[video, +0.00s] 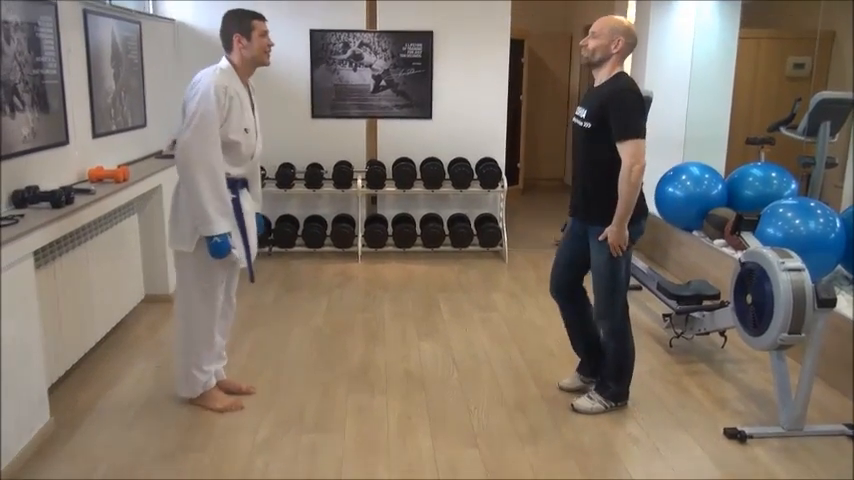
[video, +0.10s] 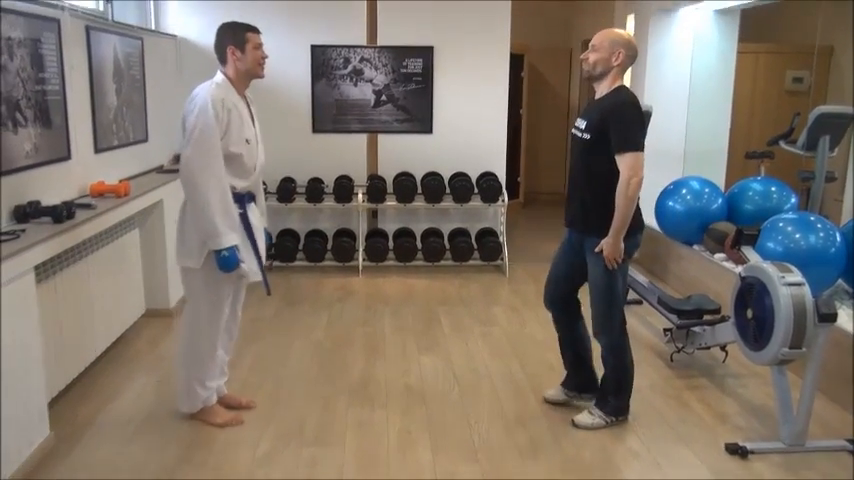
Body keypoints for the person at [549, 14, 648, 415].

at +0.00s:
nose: (584, 42)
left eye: (592, 36)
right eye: (586, 35)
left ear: (616, 45)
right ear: (611, 46)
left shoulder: (622, 93)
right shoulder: (595, 90)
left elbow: (635, 163)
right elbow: (592, 160)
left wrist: (619, 224)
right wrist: (577, 214)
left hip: (610, 222)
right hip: (583, 216)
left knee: (609, 310)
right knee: (563, 285)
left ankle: (615, 391)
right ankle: (593, 366)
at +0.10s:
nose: (584, 55)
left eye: (592, 49)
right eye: (586, 48)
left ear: (617, 58)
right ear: (608, 58)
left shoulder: (622, 106)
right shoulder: (595, 103)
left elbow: (633, 176)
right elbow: (593, 168)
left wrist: (616, 237)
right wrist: (580, 221)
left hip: (607, 235)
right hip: (580, 228)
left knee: (608, 325)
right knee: (557, 297)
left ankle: (614, 405)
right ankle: (580, 384)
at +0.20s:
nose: (581, 69)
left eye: (589, 62)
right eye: (583, 62)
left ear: (615, 70)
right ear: (607, 71)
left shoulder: (621, 118)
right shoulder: (593, 115)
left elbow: (632, 186)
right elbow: (590, 180)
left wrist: (612, 246)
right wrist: (574, 232)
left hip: (603, 246)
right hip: (575, 240)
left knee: (609, 337)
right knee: (561, 318)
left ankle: (616, 417)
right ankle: (566, 401)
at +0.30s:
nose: (578, 78)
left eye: (585, 71)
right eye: (579, 72)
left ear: (611, 77)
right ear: (602, 78)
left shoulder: (619, 127)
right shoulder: (590, 123)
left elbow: (629, 194)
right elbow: (586, 187)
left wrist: (609, 255)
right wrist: (570, 239)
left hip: (599, 252)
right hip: (571, 248)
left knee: (610, 343)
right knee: (562, 329)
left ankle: (617, 422)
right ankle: (566, 409)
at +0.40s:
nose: (573, 79)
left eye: (580, 73)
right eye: (574, 73)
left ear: (605, 77)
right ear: (597, 78)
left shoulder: (615, 126)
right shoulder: (586, 123)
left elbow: (622, 196)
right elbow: (581, 188)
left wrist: (605, 256)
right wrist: (564, 239)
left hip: (594, 252)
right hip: (566, 247)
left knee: (603, 342)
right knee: (563, 333)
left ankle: (617, 423)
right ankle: (567, 412)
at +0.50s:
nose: (566, 79)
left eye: (573, 72)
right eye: (567, 73)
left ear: (599, 75)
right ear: (592, 77)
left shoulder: (610, 123)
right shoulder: (582, 123)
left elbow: (618, 192)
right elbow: (576, 185)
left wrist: (597, 250)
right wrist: (560, 236)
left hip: (587, 248)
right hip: (562, 243)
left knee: (589, 337)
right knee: (565, 334)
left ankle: (616, 420)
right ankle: (567, 411)